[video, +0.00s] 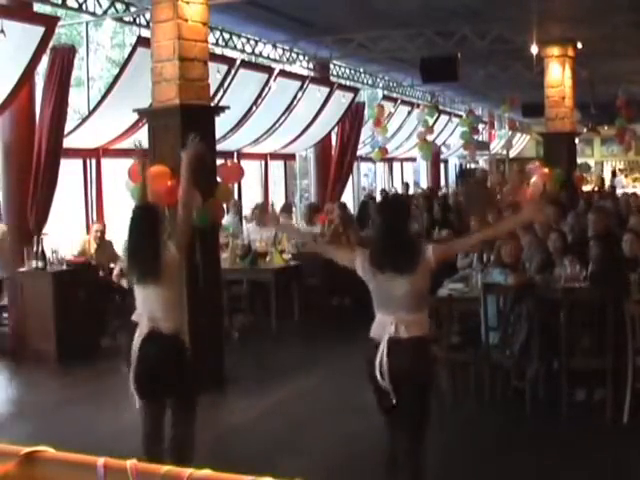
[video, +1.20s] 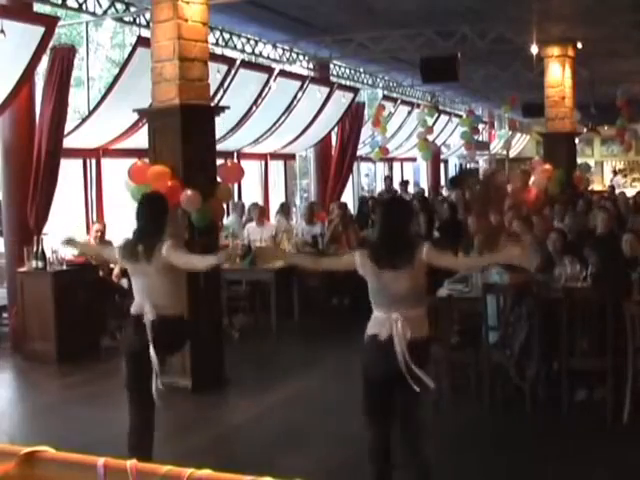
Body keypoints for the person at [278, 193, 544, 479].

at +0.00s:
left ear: (377, 225)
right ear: (409, 222)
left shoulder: (363, 261)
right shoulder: (428, 255)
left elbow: (316, 246)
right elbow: (478, 238)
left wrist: (278, 224)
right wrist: (523, 217)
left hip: (384, 346)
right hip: (419, 344)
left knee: (394, 422)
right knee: (418, 420)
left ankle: (396, 469)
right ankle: (416, 469)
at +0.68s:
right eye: (411, 226)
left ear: (380, 233)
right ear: (412, 231)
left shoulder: (365, 268)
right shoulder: (427, 265)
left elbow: (319, 270)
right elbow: (465, 265)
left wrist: (289, 259)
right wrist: (499, 253)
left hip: (375, 342)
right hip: (413, 342)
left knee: (377, 413)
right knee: (416, 409)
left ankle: (379, 465)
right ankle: (428, 458)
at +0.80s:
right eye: (407, 226)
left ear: (376, 231)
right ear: (406, 230)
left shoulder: (362, 267)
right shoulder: (423, 255)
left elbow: (316, 275)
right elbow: (465, 264)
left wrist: (282, 268)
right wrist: (508, 271)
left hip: (380, 341)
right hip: (417, 343)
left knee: (368, 404)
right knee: (392, 392)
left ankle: (375, 463)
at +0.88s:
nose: (410, 222)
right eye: (406, 218)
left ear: (373, 225)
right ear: (403, 224)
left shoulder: (361, 261)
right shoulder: (418, 249)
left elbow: (319, 270)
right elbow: (458, 256)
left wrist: (286, 264)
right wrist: (498, 261)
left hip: (383, 327)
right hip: (419, 326)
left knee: (378, 393)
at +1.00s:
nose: (406, 224)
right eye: (404, 219)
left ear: (373, 223)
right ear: (404, 224)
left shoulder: (360, 260)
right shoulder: (416, 254)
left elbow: (319, 264)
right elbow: (456, 258)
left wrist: (282, 261)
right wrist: (496, 251)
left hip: (383, 338)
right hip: (420, 337)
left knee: (379, 415)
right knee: (351, 364)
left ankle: (379, 472)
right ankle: (339, 419)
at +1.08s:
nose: (409, 222)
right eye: (407, 217)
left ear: (374, 222)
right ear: (405, 223)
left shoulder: (360, 259)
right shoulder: (417, 255)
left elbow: (318, 263)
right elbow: (461, 261)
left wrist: (288, 260)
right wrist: (498, 251)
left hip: (382, 334)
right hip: (418, 334)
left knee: (380, 413)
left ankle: (379, 470)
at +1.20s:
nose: (415, 225)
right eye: (412, 218)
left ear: (377, 224)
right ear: (408, 224)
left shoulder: (363, 258)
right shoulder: (421, 252)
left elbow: (319, 264)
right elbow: (460, 263)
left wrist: (288, 257)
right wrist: (501, 256)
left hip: (378, 335)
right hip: (416, 335)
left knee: (377, 413)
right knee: (412, 409)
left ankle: (381, 469)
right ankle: (418, 465)